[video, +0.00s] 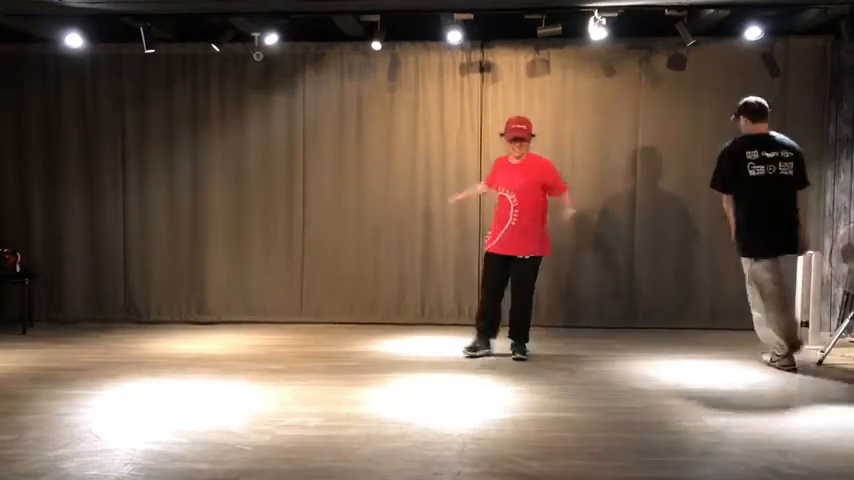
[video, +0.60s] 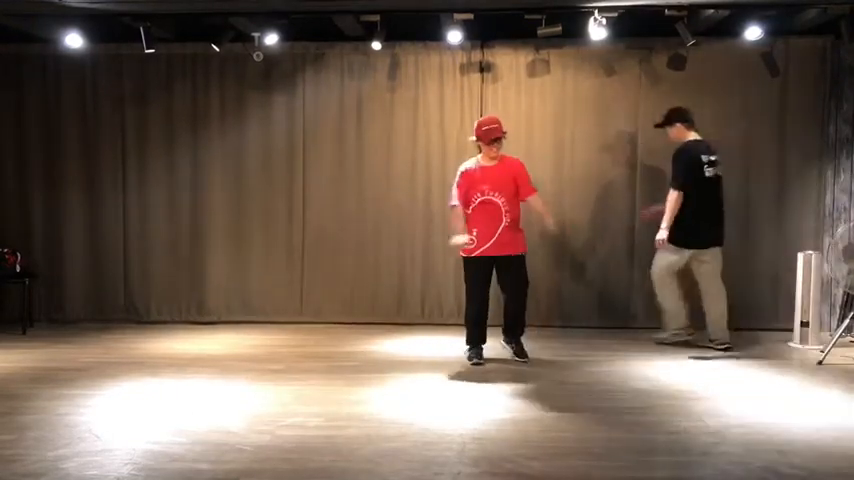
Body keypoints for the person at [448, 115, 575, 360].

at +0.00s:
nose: (517, 146)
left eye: (522, 142)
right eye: (513, 142)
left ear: (530, 142)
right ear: (506, 141)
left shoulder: (542, 167)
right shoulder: (500, 165)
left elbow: (564, 193)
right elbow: (487, 185)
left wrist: (568, 208)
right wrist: (464, 195)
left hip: (529, 245)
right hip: (499, 242)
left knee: (522, 297)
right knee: (490, 293)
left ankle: (519, 343)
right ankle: (483, 340)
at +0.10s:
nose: (519, 148)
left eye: (523, 144)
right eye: (515, 144)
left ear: (531, 142)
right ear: (506, 141)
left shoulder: (538, 166)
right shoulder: (495, 166)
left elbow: (544, 199)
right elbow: (475, 189)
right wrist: (458, 201)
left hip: (528, 244)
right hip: (497, 242)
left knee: (523, 297)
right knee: (486, 292)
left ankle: (519, 343)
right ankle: (473, 340)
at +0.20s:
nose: (515, 150)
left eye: (520, 145)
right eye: (511, 145)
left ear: (528, 142)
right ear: (502, 141)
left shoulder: (532, 163)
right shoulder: (490, 165)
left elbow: (515, 181)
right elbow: (476, 191)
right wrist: (492, 191)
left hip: (526, 242)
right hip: (495, 240)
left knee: (521, 296)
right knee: (485, 294)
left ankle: (519, 343)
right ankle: (476, 342)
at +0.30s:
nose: (509, 150)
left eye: (514, 145)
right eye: (505, 145)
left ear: (520, 142)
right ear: (495, 141)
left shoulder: (525, 159)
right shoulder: (485, 165)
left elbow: (498, 168)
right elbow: (496, 186)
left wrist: (472, 156)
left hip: (522, 241)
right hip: (491, 240)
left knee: (519, 296)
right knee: (484, 295)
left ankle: (519, 343)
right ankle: (476, 344)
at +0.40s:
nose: (503, 149)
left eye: (507, 145)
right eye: (498, 145)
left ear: (513, 142)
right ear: (489, 141)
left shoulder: (520, 159)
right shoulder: (479, 165)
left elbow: (507, 174)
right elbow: (494, 189)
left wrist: (474, 169)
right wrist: (526, 181)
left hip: (517, 242)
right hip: (485, 241)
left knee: (517, 297)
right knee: (480, 296)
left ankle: (519, 343)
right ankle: (475, 345)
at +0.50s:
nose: (499, 150)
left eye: (502, 144)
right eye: (494, 145)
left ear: (507, 141)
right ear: (483, 142)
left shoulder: (517, 164)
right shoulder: (472, 168)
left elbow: (520, 190)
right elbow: (480, 199)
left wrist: (497, 197)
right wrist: (509, 211)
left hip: (512, 243)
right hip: (480, 245)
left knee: (515, 297)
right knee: (478, 297)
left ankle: (517, 341)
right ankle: (475, 345)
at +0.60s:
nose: (495, 147)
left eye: (499, 141)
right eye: (490, 143)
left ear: (503, 140)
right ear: (479, 142)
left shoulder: (514, 166)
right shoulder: (467, 170)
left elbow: (530, 195)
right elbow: (457, 206)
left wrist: (548, 218)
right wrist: (460, 232)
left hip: (509, 245)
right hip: (477, 247)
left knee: (517, 292)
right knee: (476, 298)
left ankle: (513, 337)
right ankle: (475, 346)